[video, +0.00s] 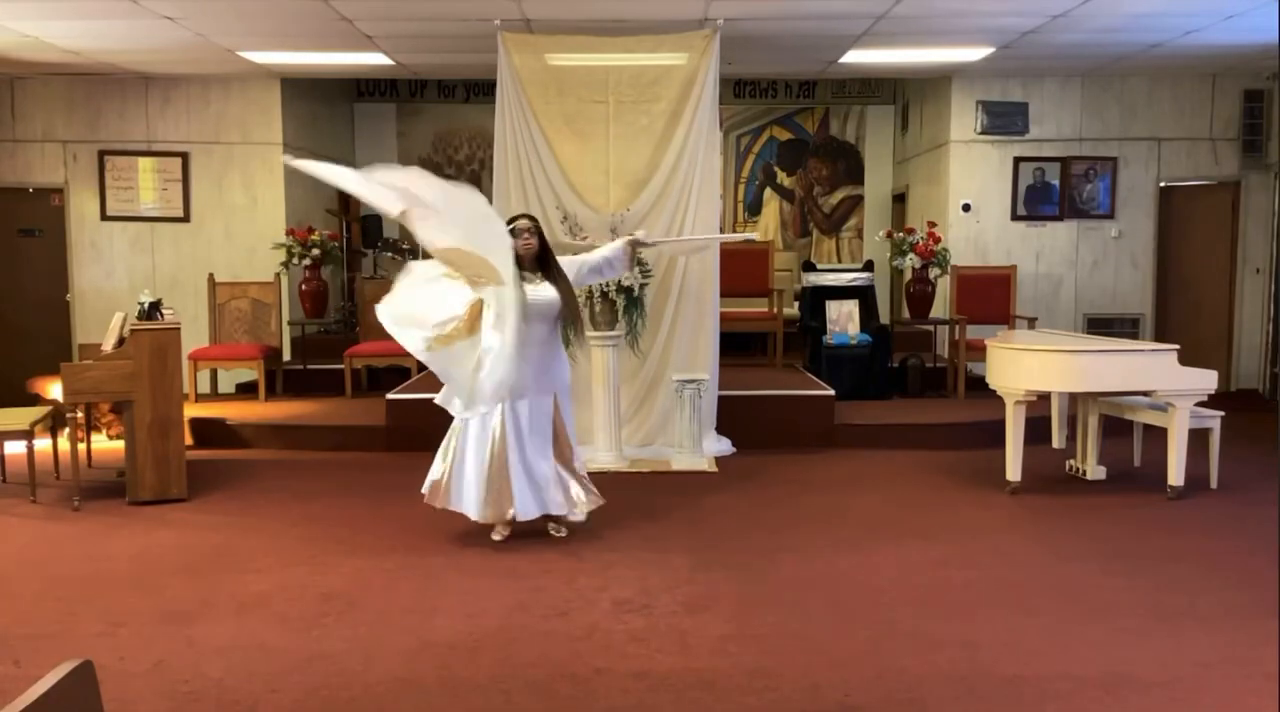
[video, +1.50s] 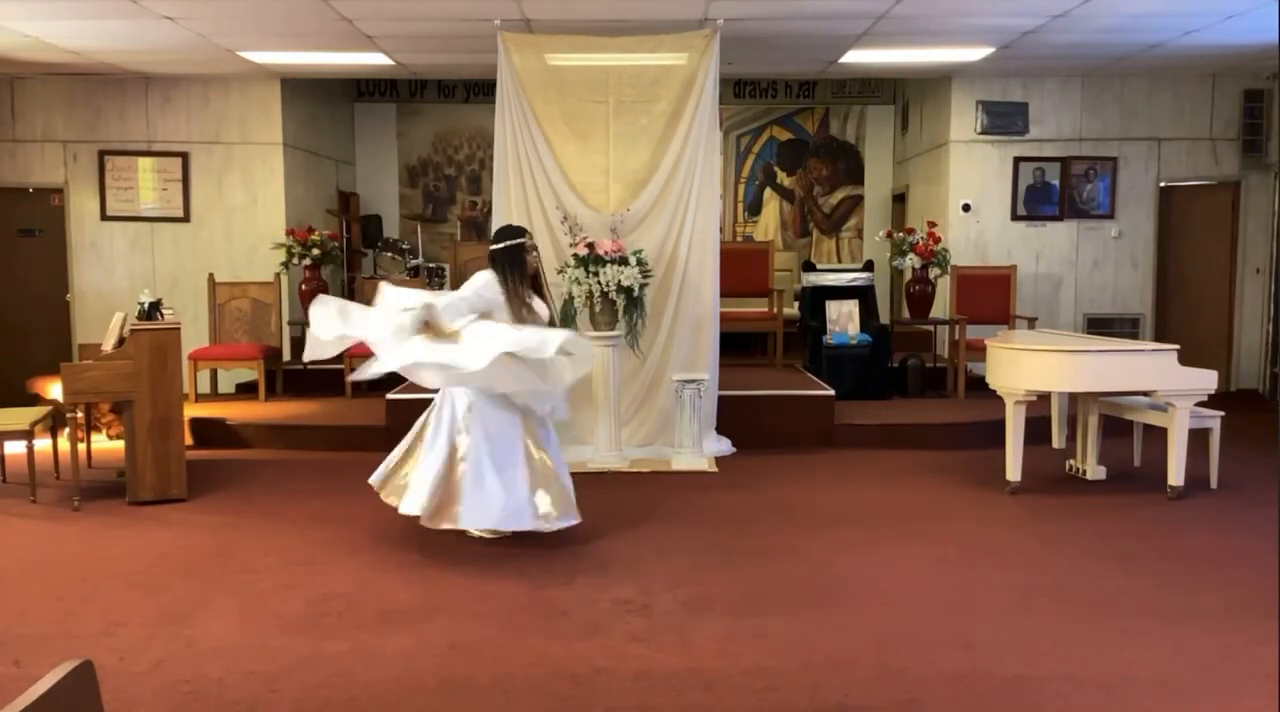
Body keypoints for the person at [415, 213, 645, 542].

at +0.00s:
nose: (525, 239)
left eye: (531, 234)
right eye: (518, 235)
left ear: (541, 240)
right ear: (508, 242)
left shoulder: (556, 273)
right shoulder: (495, 277)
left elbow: (593, 261)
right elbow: (466, 323)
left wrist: (625, 245)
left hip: (545, 372)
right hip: (505, 373)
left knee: (552, 442)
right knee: (502, 443)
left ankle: (556, 512)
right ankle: (502, 516)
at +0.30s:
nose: (481, 248)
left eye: (490, 244)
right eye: (482, 241)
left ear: (507, 249)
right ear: (482, 245)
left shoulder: (531, 276)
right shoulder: (473, 275)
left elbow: (571, 273)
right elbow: (437, 254)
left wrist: (609, 254)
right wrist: (418, 239)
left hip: (533, 366)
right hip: (491, 369)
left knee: (515, 432)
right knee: (493, 439)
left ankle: (542, 512)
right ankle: (518, 513)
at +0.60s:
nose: (476, 259)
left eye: (473, 251)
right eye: (483, 252)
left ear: (465, 251)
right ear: (503, 250)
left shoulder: (458, 282)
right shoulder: (517, 275)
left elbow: (439, 329)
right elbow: (545, 299)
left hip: (485, 366)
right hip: (522, 360)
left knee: (487, 444)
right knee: (525, 434)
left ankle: (500, 526)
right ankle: (525, 508)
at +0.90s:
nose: (477, 252)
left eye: (474, 246)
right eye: (487, 246)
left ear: (471, 250)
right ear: (509, 248)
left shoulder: (460, 282)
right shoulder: (529, 279)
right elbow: (568, 264)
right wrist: (602, 246)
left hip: (472, 370)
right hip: (518, 367)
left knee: (472, 435)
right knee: (506, 433)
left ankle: (478, 512)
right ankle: (509, 512)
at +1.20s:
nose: (518, 262)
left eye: (511, 254)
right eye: (516, 255)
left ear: (481, 249)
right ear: (508, 252)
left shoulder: (462, 281)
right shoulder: (504, 280)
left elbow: (413, 289)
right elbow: (550, 291)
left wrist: (384, 289)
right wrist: (598, 288)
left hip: (465, 375)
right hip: (493, 377)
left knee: (471, 438)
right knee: (493, 439)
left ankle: (472, 506)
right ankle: (487, 511)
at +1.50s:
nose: (534, 257)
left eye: (532, 250)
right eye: (529, 251)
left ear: (503, 254)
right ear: (516, 255)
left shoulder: (529, 295)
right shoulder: (486, 284)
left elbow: (542, 341)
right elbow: (450, 306)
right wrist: (421, 315)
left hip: (511, 386)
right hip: (478, 387)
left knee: (514, 449)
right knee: (486, 450)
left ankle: (510, 515)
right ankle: (481, 518)